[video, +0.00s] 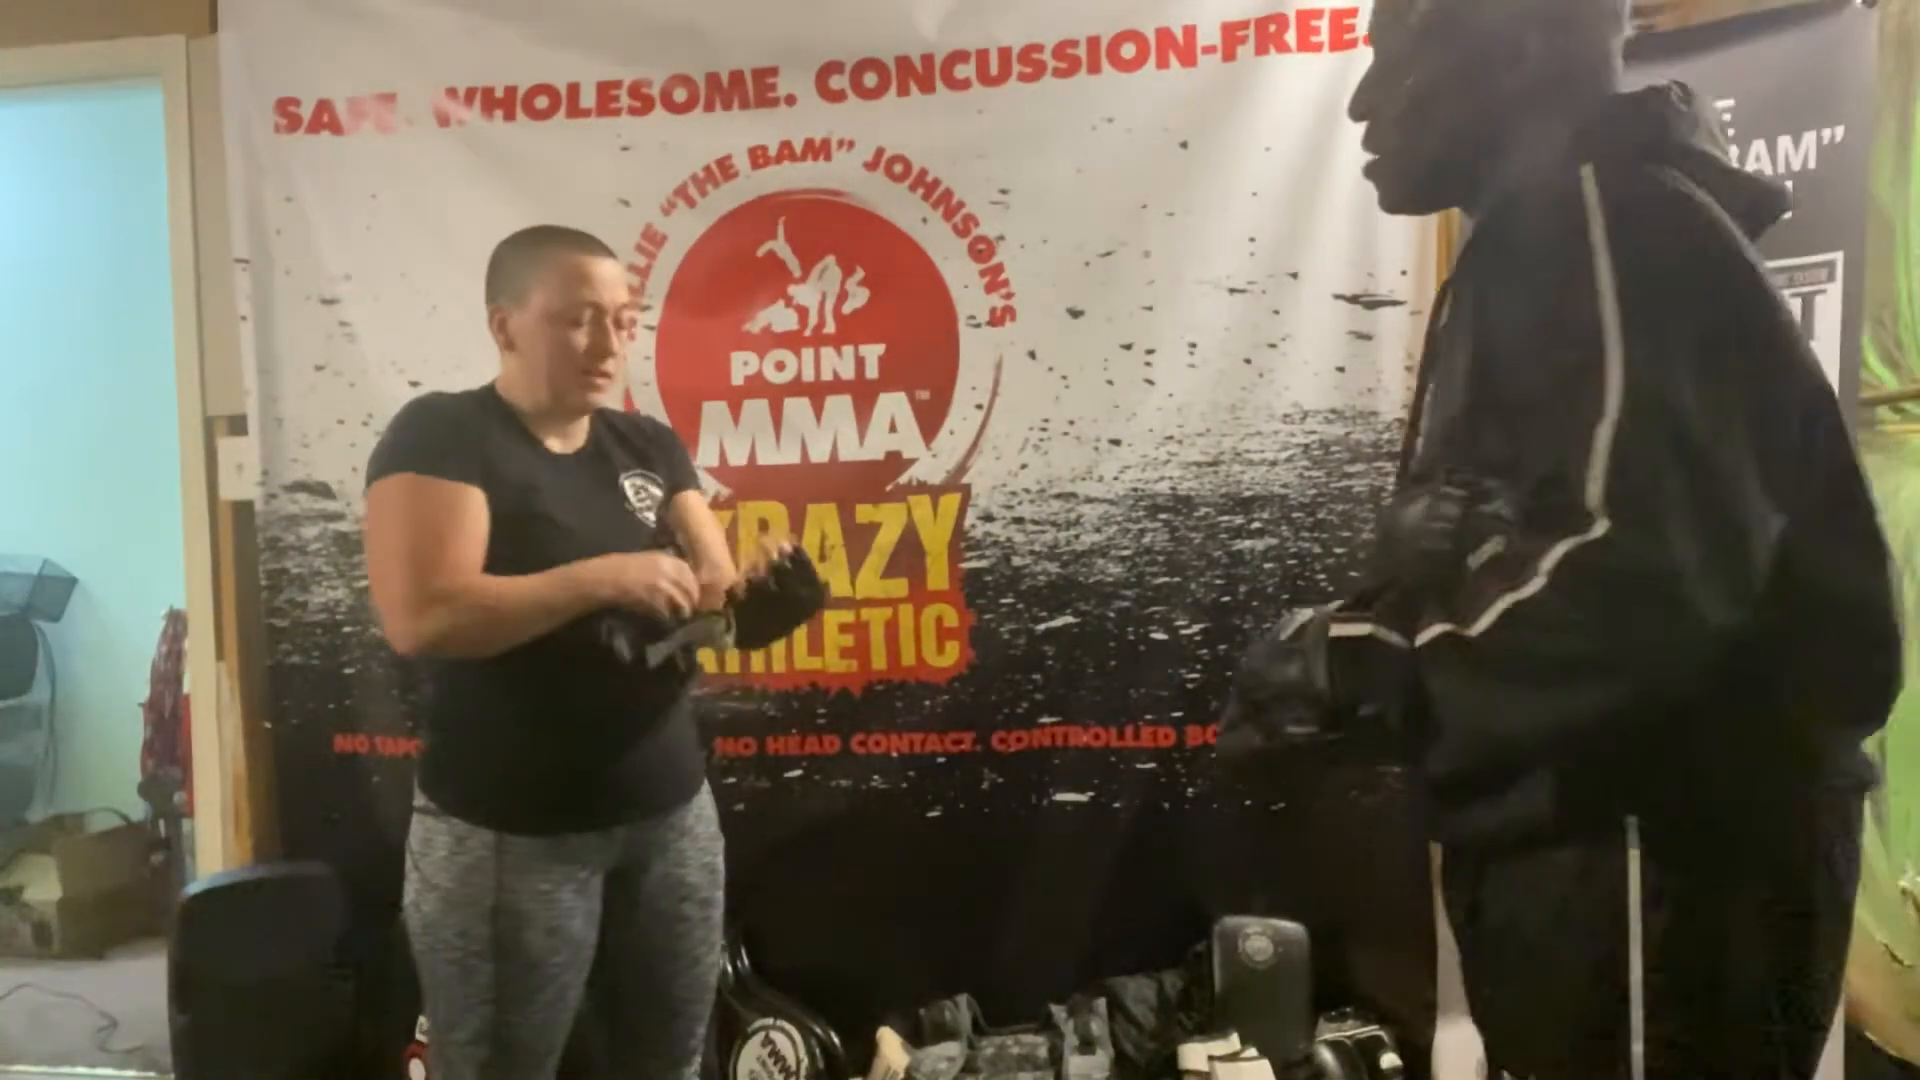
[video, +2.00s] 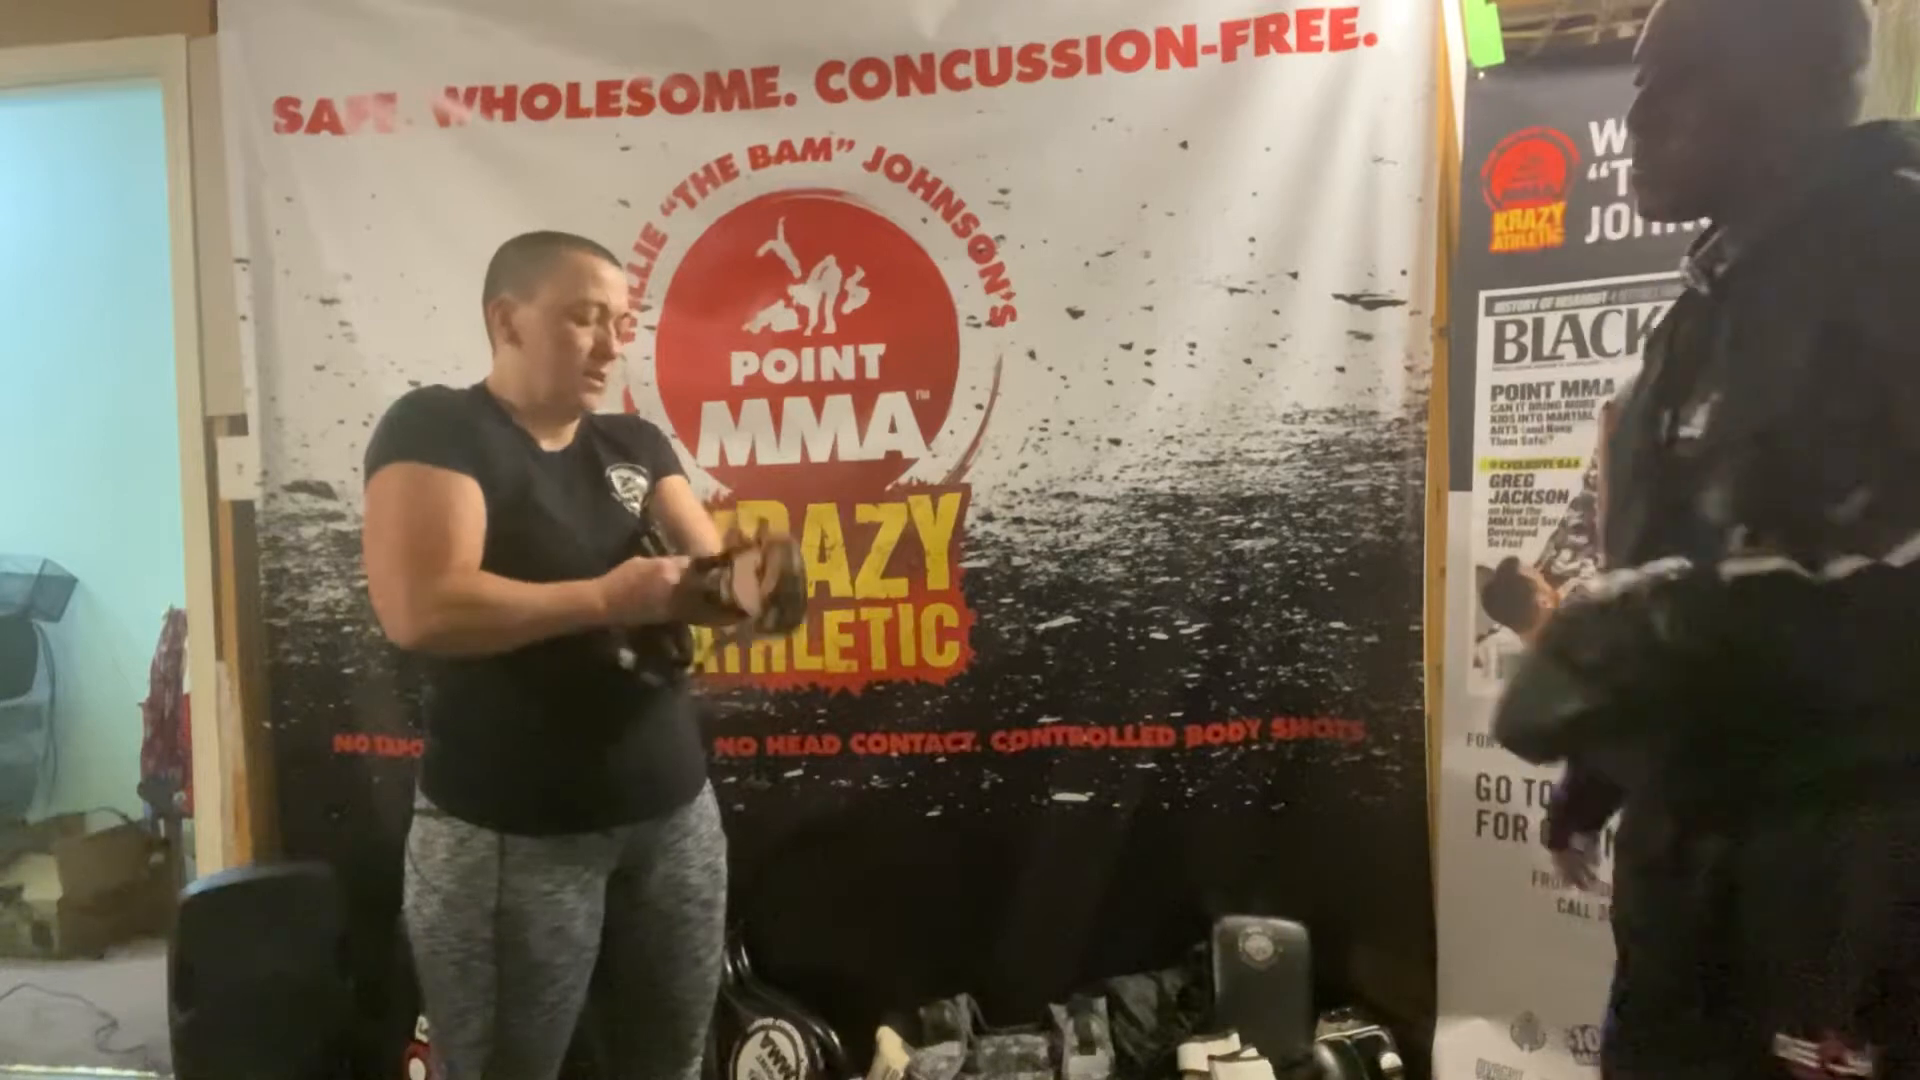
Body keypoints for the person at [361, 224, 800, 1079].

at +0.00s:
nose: (609, 343)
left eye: (622, 321)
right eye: (581, 318)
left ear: (633, 326)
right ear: (506, 326)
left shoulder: (647, 444)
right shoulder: (438, 433)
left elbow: (716, 596)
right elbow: (420, 615)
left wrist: (754, 592)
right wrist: (602, 577)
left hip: (668, 824)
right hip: (502, 842)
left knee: (662, 1065)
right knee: (496, 1069)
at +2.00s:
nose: (611, 343)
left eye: (620, 322)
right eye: (586, 316)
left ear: (628, 331)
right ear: (505, 319)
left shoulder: (634, 443)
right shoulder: (433, 428)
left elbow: (712, 571)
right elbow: (420, 608)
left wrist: (744, 579)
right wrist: (604, 598)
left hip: (672, 828)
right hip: (505, 846)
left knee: (664, 1065)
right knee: (501, 1068)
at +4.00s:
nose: (545, 349)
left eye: (554, 327)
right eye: (521, 320)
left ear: (562, 332)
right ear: (438, 314)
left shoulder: (562, 443)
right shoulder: (361, 438)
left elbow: (650, 555)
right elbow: (404, 597)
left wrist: (644, 627)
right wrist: (596, 536)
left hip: (604, 829)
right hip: (443, 854)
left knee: (634, 1065)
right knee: (461, 1067)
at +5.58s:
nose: (636, 357)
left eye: (646, 335)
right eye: (613, 329)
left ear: (654, 339)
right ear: (535, 321)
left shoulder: (652, 453)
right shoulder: (451, 432)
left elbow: (718, 599)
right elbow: (462, 606)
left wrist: (774, 646)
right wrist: (665, 595)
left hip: (670, 825)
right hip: (509, 838)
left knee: (653, 1066)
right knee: (500, 1068)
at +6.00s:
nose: (668, 367)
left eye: (680, 346)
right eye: (648, 339)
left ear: (687, 345)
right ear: (574, 325)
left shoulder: (682, 453)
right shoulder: (487, 427)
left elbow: (748, 591)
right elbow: (477, 602)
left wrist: (807, 638)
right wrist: (679, 638)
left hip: (690, 822)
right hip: (532, 831)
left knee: (667, 1065)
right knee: (520, 1066)